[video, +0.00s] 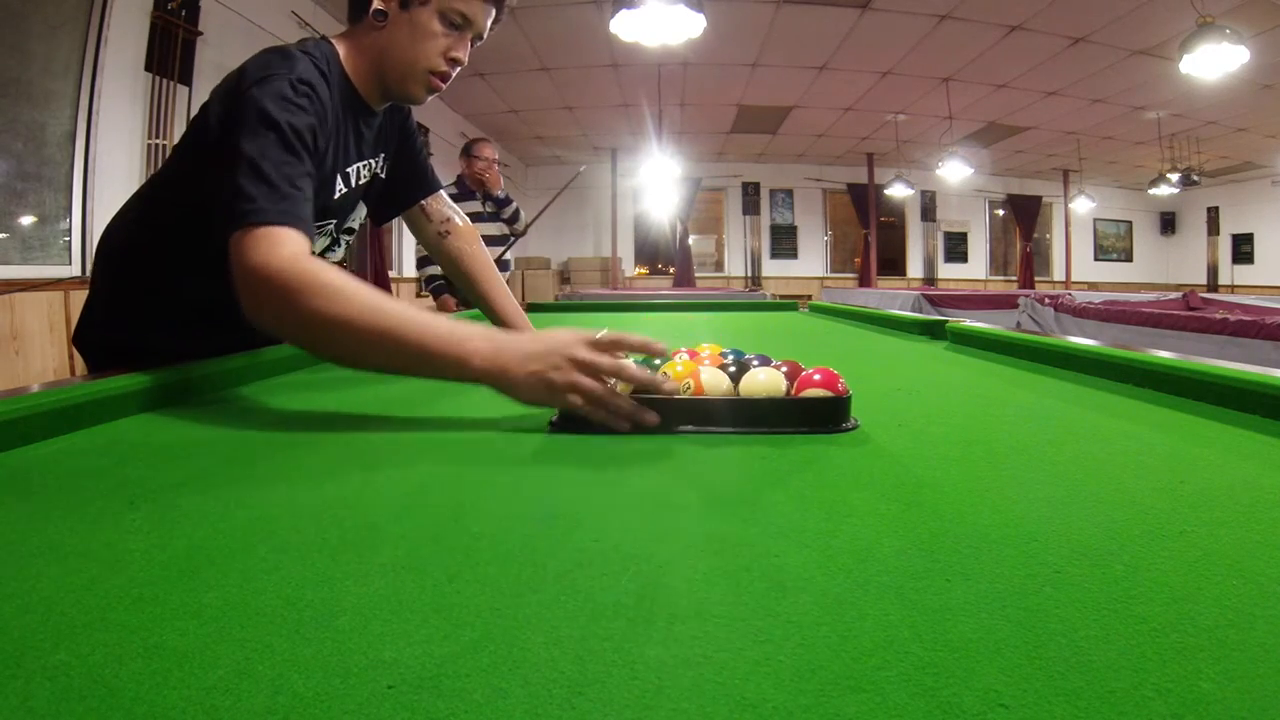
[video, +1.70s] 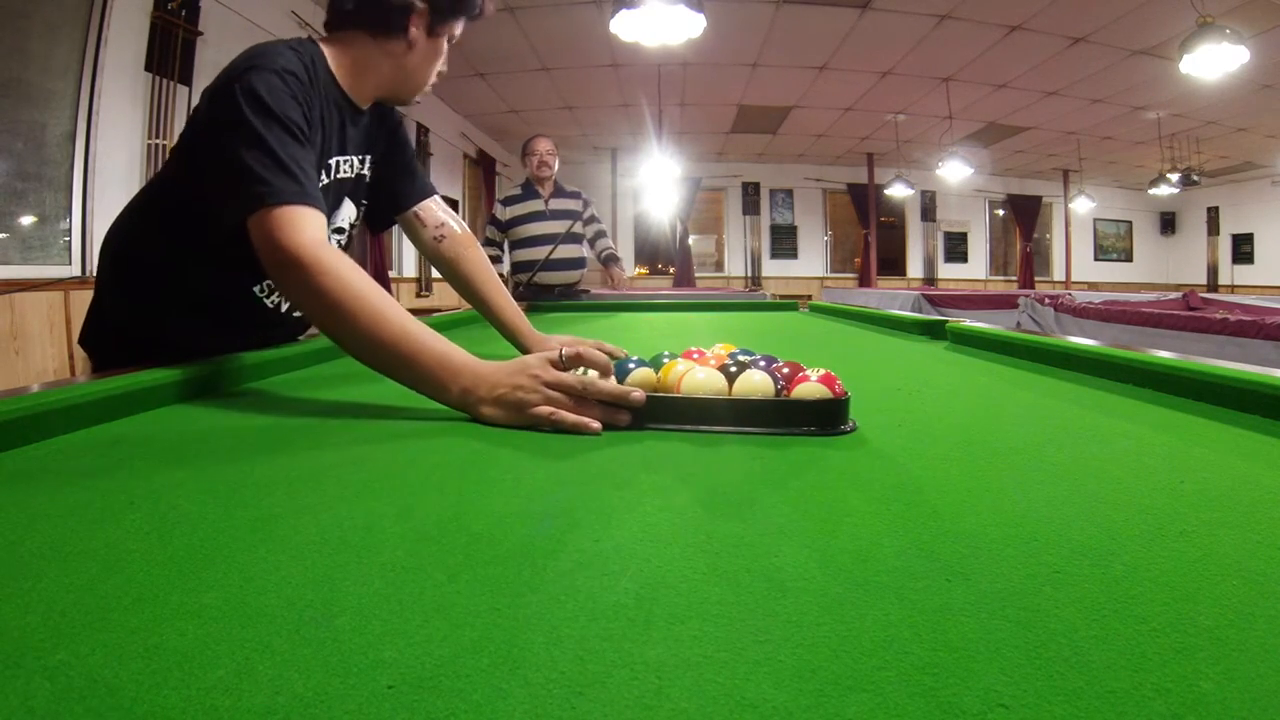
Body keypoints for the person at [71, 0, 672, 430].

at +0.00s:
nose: (462, 58)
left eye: (473, 42)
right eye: (453, 26)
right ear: (387, 7)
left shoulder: (392, 121)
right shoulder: (283, 86)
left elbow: (447, 230)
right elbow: (272, 277)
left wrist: (525, 338)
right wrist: (498, 357)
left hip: (252, 336)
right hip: (146, 340)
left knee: (240, 523)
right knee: (139, 538)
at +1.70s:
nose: (444, 68)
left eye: (451, 48)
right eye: (449, 44)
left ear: (401, 29)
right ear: (412, 25)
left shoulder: (380, 122)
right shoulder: (271, 83)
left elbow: (442, 232)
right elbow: (301, 259)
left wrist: (527, 339)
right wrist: (475, 383)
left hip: (259, 342)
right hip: (153, 344)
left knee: (240, 527)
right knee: (143, 536)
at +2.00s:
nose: (400, 60)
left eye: (405, 43)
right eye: (409, 41)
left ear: (327, 10)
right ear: (400, 34)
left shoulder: (328, 96)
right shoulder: (295, 55)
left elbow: (372, 232)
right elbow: (315, 227)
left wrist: (465, 340)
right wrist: (473, 381)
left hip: (235, 346)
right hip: (149, 352)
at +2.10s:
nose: (379, 67)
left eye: (382, 55)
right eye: (389, 50)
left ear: (315, 8)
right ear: (386, 29)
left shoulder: (279, 63)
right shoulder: (300, 52)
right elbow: (326, 220)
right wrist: (477, 375)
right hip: (150, 350)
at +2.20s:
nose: (376, 59)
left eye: (377, 49)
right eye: (383, 44)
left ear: (303, 9)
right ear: (379, 29)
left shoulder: (266, 64)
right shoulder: (302, 53)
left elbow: (280, 228)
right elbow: (332, 207)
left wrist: (345, 312)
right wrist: (480, 376)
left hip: (211, 344)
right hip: (146, 351)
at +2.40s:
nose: (360, 60)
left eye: (362, 51)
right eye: (364, 47)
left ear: (293, 18)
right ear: (357, 32)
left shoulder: (254, 72)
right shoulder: (297, 57)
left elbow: (279, 222)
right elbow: (330, 178)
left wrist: (334, 308)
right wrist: (443, 342)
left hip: (205, 331)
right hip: (141, 335)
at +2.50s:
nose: (350, 52)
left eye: (350, 44)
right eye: (352, 41)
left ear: (279, 14)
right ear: (348, 30)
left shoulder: (243, 63)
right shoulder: (287, 54)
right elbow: (295, 178)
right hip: (142, 343)